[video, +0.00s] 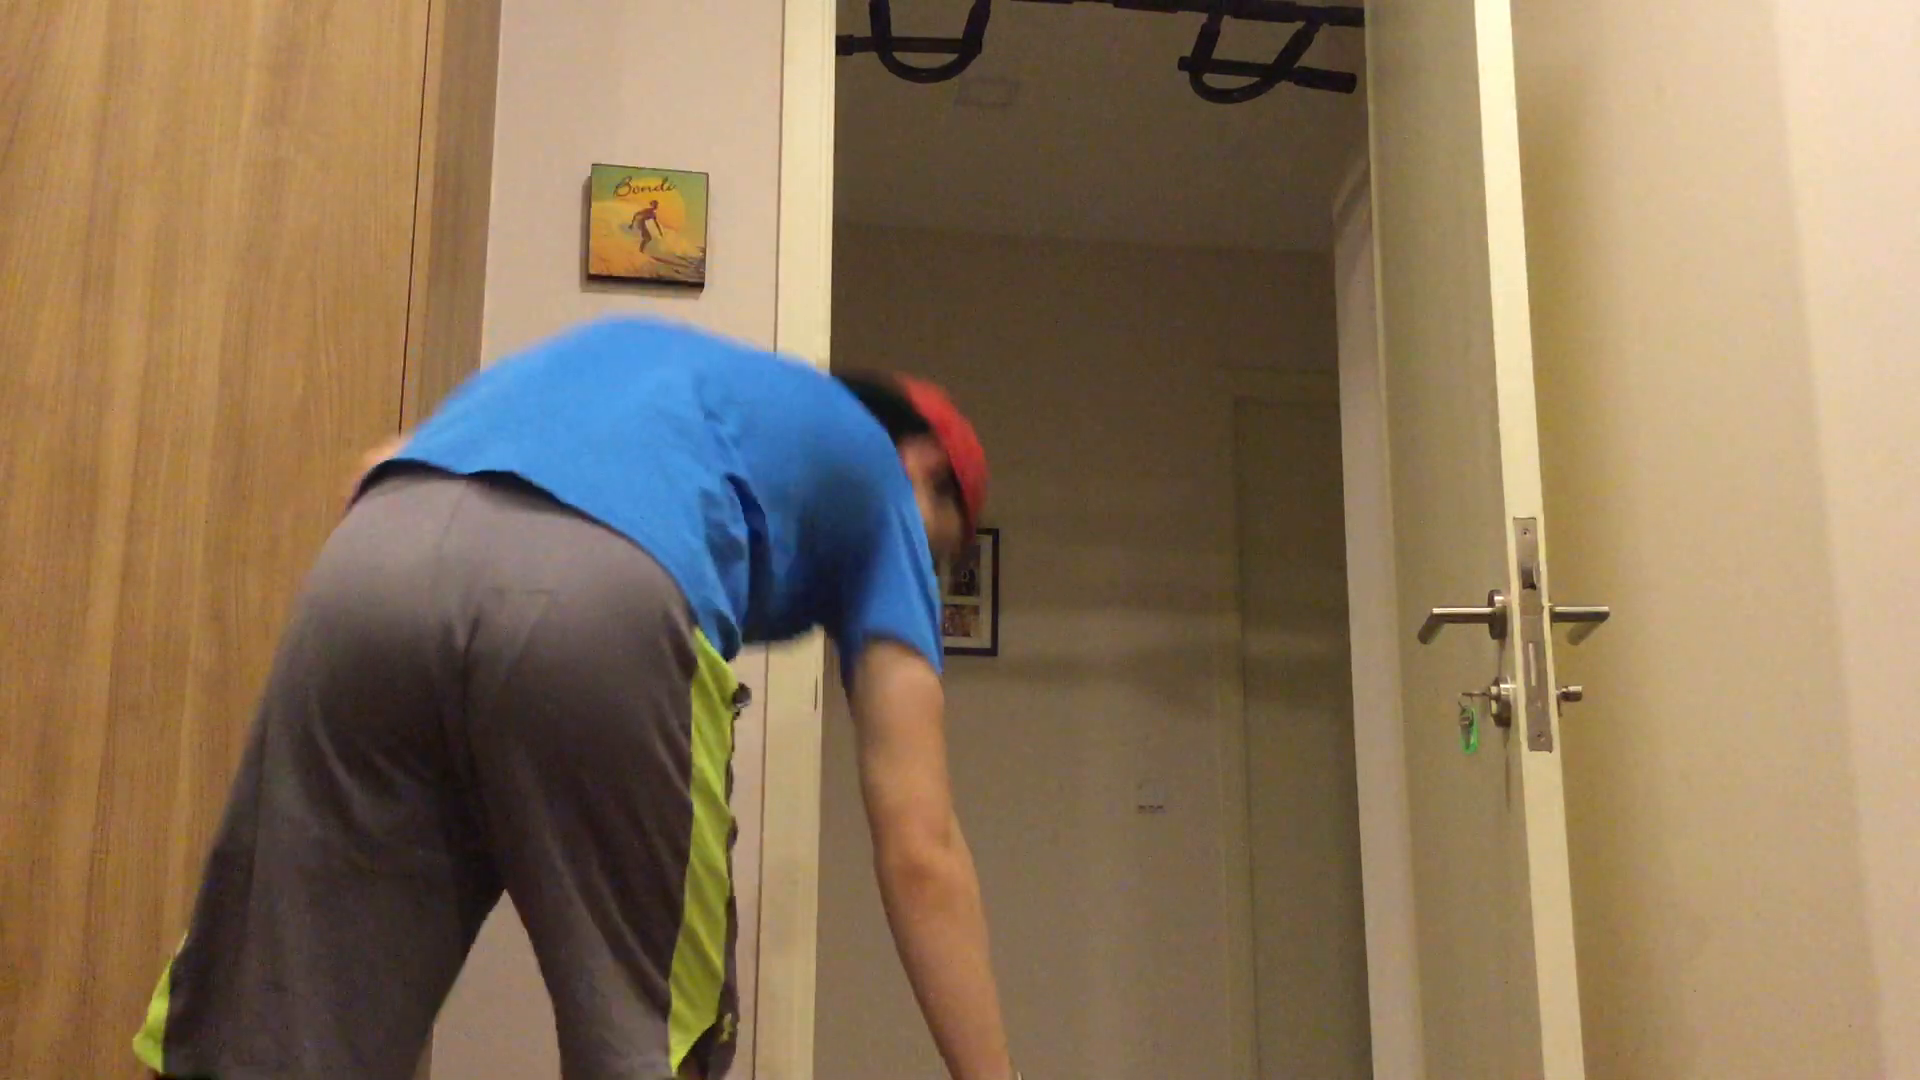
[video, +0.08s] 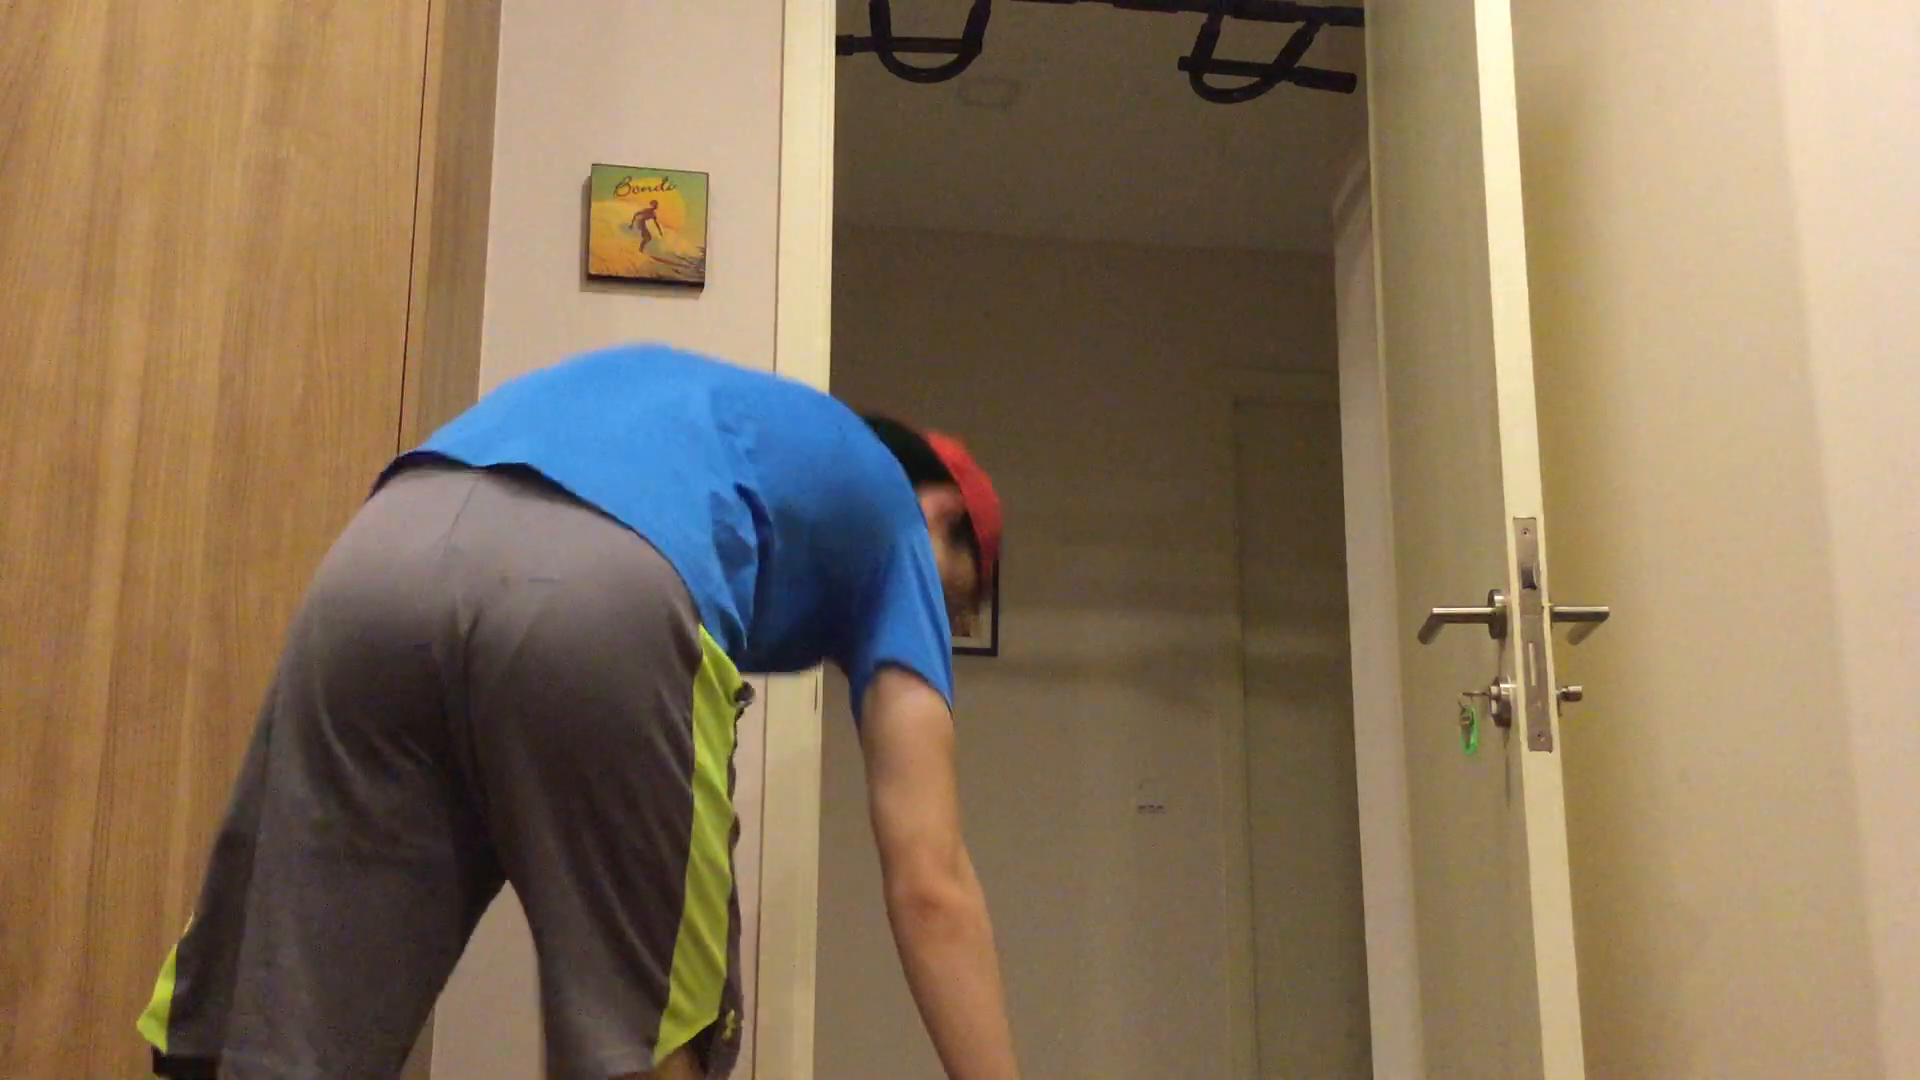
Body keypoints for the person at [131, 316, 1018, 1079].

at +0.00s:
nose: (919, 557)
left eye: (941, 547)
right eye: (934, 526)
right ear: (914, 456)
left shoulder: (613, 352)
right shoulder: (875, 473)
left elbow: (377, 470)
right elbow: (919, 846)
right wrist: (989, 1071)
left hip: (384, 540)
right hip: (602, 585)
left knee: (292, 1017)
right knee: (645, 1034)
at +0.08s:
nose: (930, 617)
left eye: (956, 605)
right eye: (950, 583)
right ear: (930, 506)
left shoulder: (648, 397)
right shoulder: (890, 509)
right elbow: (930, 883)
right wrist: (991, 1067)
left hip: (389, 534)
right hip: (607, 582)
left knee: (290, 1022)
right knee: (641, 1036)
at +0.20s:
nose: (950, 652)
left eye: (973, 644)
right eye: (971, 624)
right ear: (954, 546)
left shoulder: (690, 440)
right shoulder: (908, 555)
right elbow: (936, 912)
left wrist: (695, 1017)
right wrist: (993, 1079)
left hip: (404, 531)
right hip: (614, 580)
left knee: (288, 1030)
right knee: (641, 1045)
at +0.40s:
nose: (981, 676)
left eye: (1004, 671)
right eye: (1002, 649)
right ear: (982, 573)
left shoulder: (745, 484)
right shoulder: (932, 594)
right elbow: (917, 946)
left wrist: (698, 1019)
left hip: (415, 539)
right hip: (614, 582)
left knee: (299, 1035)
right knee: (644, 1047)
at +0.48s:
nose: (994, 682)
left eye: (1016, 678)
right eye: (1015, 656)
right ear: (993, 581)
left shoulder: (752, 495)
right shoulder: (937, 602)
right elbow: (908, 948)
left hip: (421, 538)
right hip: (613, 584)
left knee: (310, 1039)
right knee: (641, 1050)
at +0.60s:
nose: (1004, 685)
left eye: (1027, 679)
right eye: (1026, 660)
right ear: (1003, 587)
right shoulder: (945, 617)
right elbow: (901, 968)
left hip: (428, 540)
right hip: (613, 592)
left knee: (323, 1037)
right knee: (640, 1044)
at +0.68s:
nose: (1004, 689)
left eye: (1029, 682)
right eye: (1028, 663)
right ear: (1003, 586)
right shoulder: (949, 616)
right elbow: (903, 969)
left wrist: (682, 1014)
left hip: (427, 550)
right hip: (609, 595)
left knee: (335, 1038)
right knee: (644, 1044)